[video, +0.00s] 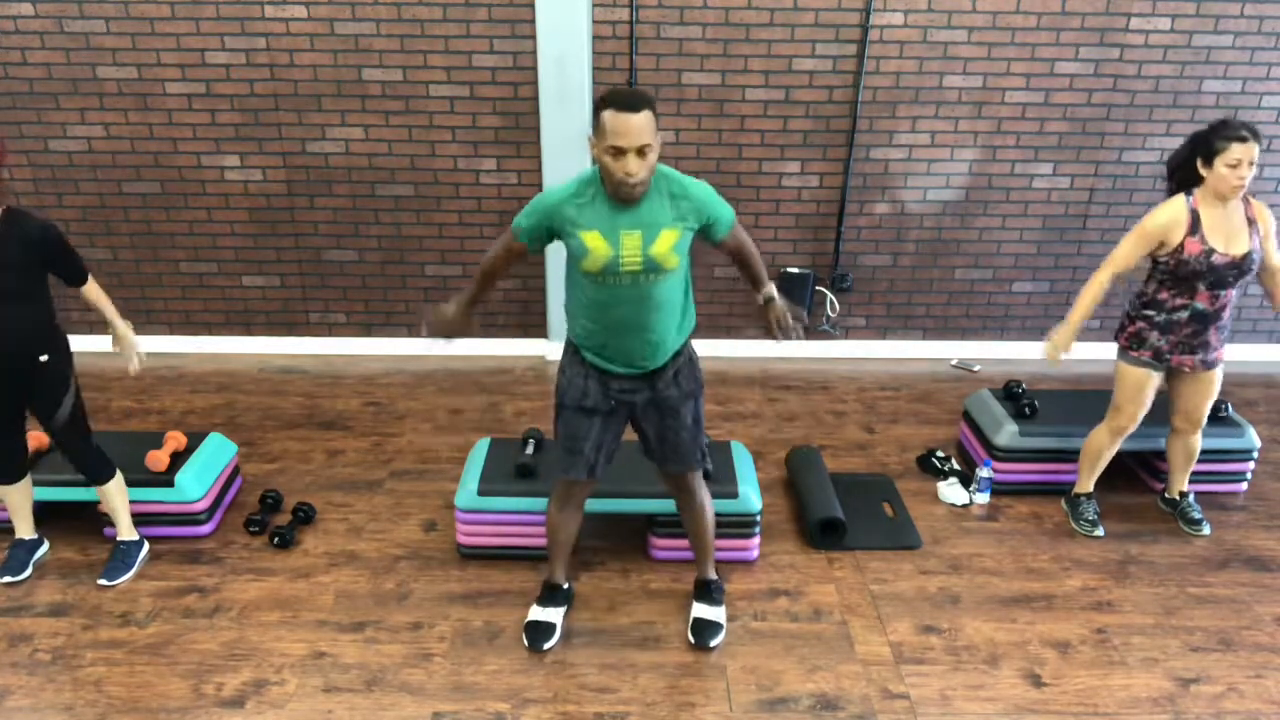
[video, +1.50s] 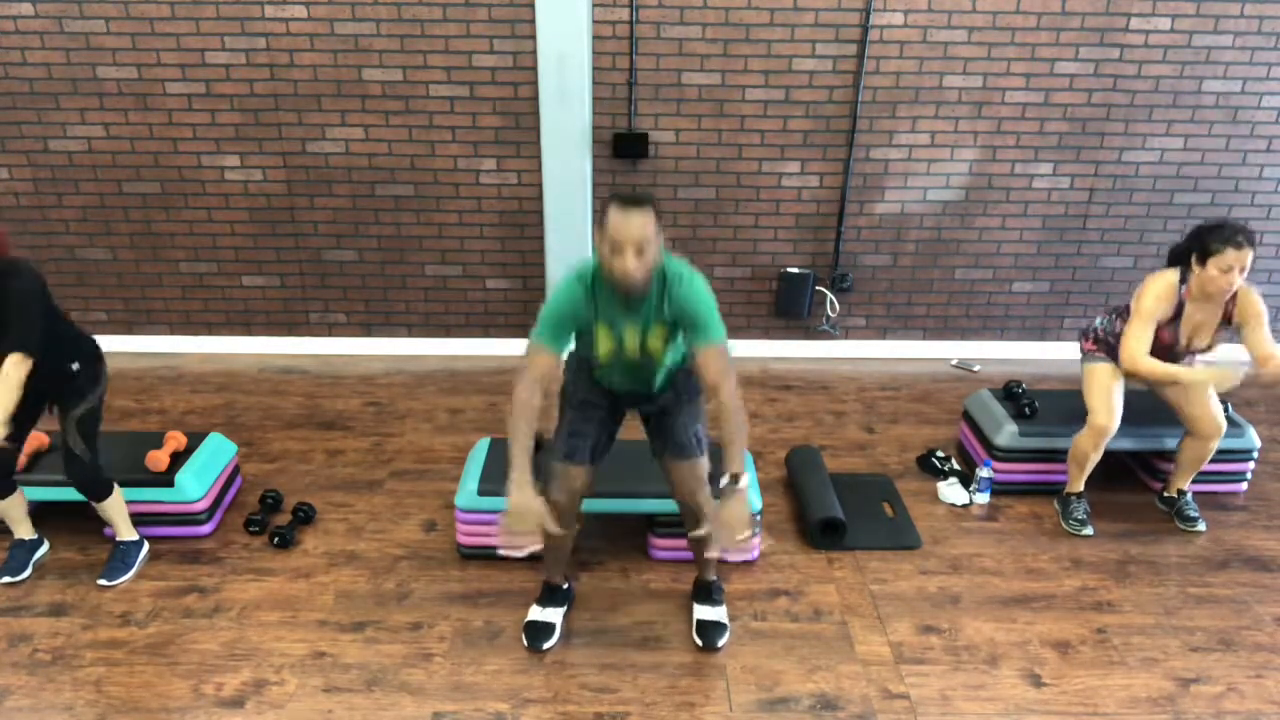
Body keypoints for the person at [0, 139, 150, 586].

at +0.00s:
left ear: (5, 187)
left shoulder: (29, 231)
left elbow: (81, 280)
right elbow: (83, 278)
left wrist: (118, 324)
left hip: (42, 362)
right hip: (3, 372)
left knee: (81, 450)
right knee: (8, 458)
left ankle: (129, 539)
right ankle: (26, 539)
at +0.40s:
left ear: (2, 192)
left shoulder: (27, 234)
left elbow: (72, 302)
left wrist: (97, 371)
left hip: (46, 362)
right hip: (3, 372)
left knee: (82, 452)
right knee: (7, 459)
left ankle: (129, 538)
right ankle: (26, 539)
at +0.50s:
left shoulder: (20, 239)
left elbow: (59, 315)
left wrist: (51, 390)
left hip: (54, 362)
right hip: (7, 371)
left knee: (79, 449)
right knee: (6, 458)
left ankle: (129, 538)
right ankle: (26, 539)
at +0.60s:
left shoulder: (14, 261)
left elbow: (44, 341)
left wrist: (6, 387)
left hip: (68, 348)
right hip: (15, 358)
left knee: (81, 449)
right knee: (2, 451)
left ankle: (129, 539)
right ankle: (25, 539)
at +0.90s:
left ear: (5, 319)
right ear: (3, 320)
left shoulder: (28, 353)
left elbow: (18, 430)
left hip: (99, 400)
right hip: (51, 410)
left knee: (84, 474)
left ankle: (131, 540)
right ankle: (25, 538)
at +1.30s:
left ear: (3, 313)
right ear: (3, 314)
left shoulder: (25, 345)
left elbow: (12, 419)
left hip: (94, 401)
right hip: (45, 410)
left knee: (79, 479)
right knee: (1, 477)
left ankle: (130, 540)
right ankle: (26, 538)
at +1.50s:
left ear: (4, 245)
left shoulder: (18, 279)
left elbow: (18, 360)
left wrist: (3, 426)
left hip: (76, 367)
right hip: (31, 372)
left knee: (80, 467)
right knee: (2, 465)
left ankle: (130, 540)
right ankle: (26, 539)